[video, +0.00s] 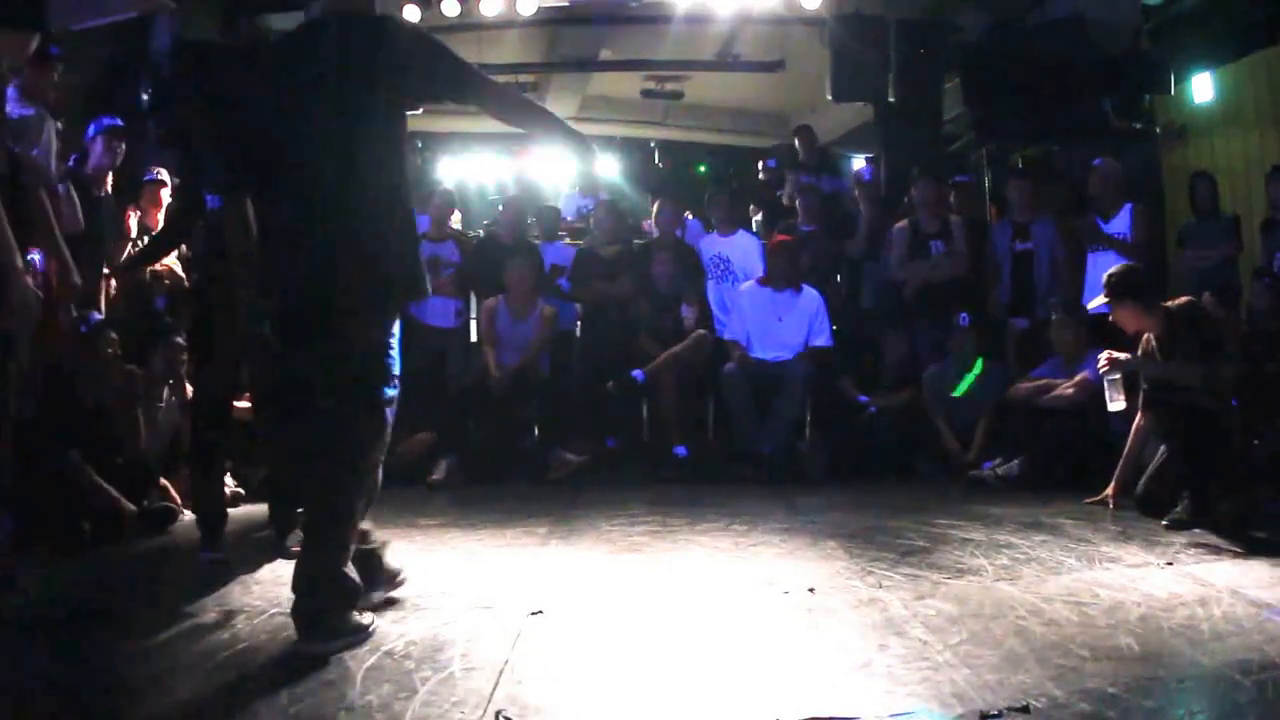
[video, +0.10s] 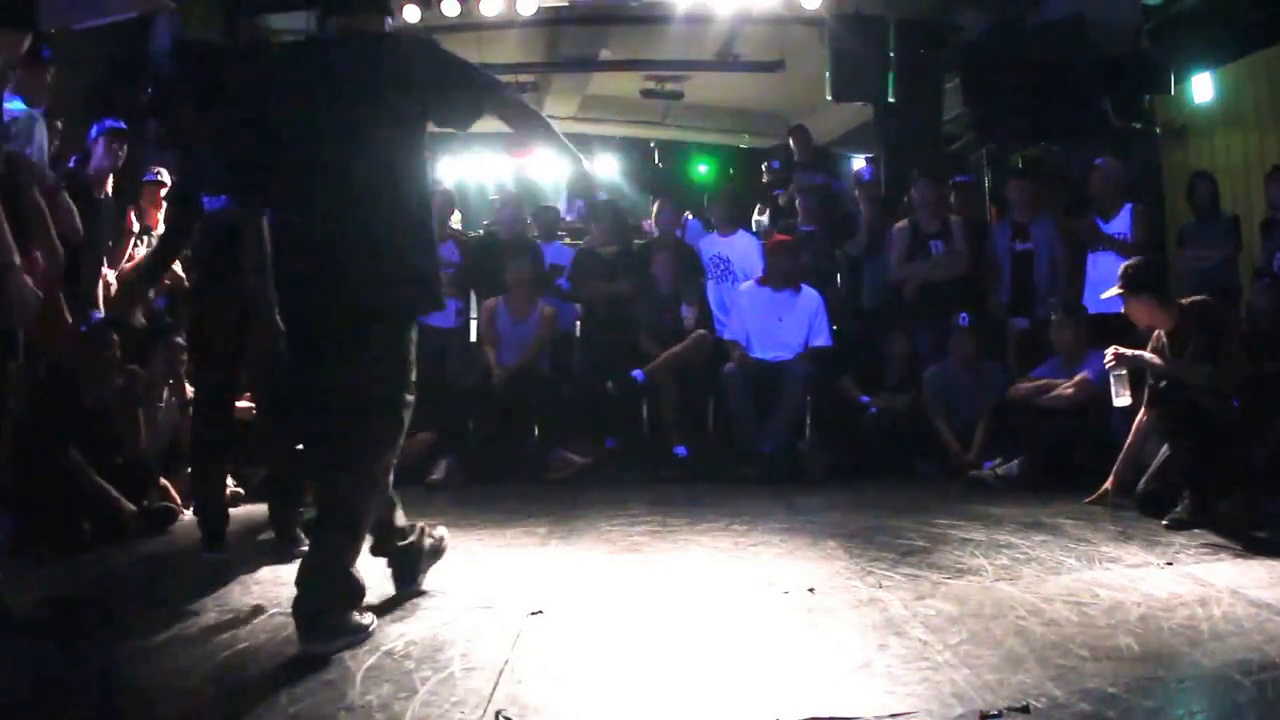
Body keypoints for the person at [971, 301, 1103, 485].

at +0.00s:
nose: (1057, 335)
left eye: (1065, 329)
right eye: (1055, 329)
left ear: (1080, 332)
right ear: (1050, 333)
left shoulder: (1097, 360)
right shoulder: (1057, 363)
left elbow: (1073, 394)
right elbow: (1014, 393)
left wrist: (1032, 401)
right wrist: (1054, 384)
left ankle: (1025, 461)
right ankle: (1006, 457)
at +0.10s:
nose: (1056, 335)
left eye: (1063, 329)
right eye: (1054, 329)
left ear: (1080, 331)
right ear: (1051, 333)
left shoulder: (1098, 360)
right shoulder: (1056, 363)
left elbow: (1073, 393)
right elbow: (1014, 392)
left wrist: (1033, 400)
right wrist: (1056, 384)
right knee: (1000, 409)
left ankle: (1019, 464)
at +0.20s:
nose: (1054, 335)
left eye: (1062, 329)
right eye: (1053, 329)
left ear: (1079, 332)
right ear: (1051, 332)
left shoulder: (1099, 360)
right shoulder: (1056, 363)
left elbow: (1073, 393)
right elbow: (1013, 393)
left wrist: (1034, 400)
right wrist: (1056, 384)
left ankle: (1025, 462)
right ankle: (1004, 459)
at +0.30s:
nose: (1054, 334)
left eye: (1062, 327)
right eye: (1052, 327)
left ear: (1079, 331)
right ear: (1050, 331)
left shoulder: (1098, 360)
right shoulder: (1054, 363)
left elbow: (1072, 394)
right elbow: (1013, 393)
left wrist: (1034, 400)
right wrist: (1054, 384)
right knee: (1005, 407)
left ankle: (1024, 463)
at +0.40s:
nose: (1054, 333)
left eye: (1060, 327)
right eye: (1052, 327)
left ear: (1078, 330)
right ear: (1051, 331)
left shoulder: (1097, 361)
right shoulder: (1055, 363)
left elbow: (1070, 394)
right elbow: (1014, 393)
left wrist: (1036, 399)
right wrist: (1054, 384)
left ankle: (1023, 464)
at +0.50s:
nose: (1055, 334)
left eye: (1062, 328)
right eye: (1053, 328)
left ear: (1078, 329)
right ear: (1050, 332)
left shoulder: (1097, 361)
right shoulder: (1055, 364)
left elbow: (1070, 394)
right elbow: (1013, 393)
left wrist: (1036, 400)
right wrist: (1056, 383)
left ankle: (1021, 465)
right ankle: (1002, 461)